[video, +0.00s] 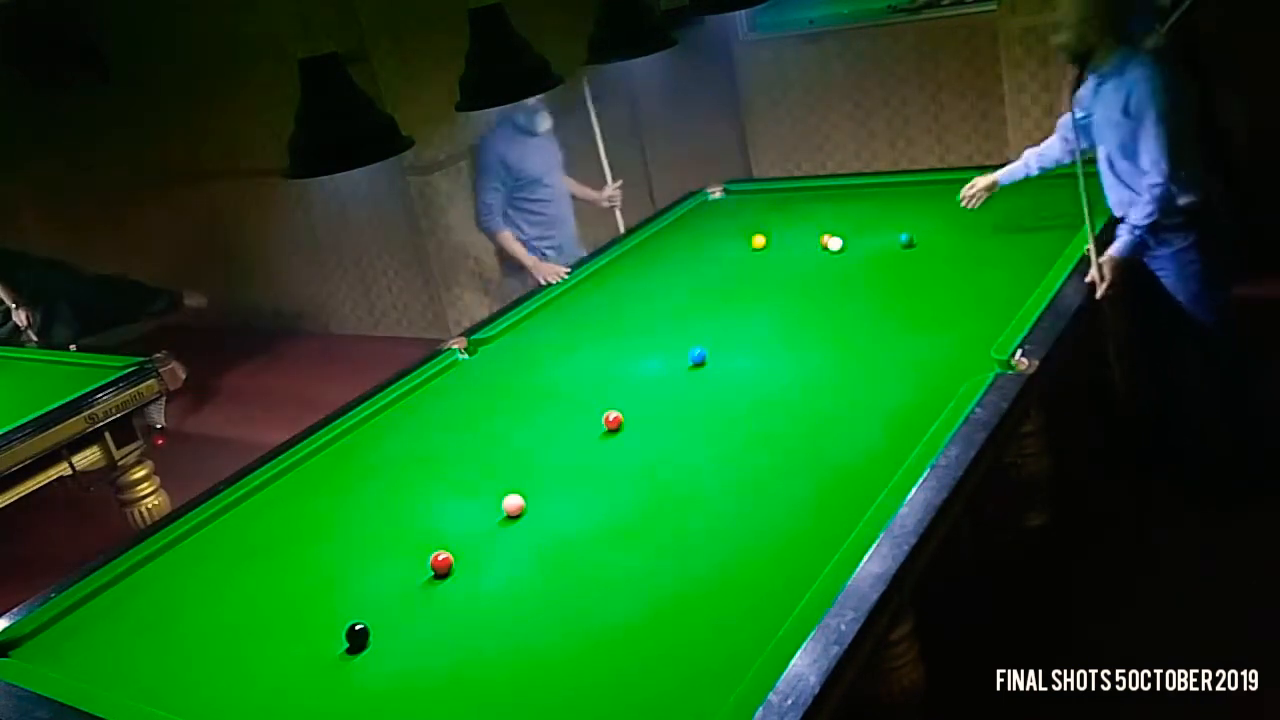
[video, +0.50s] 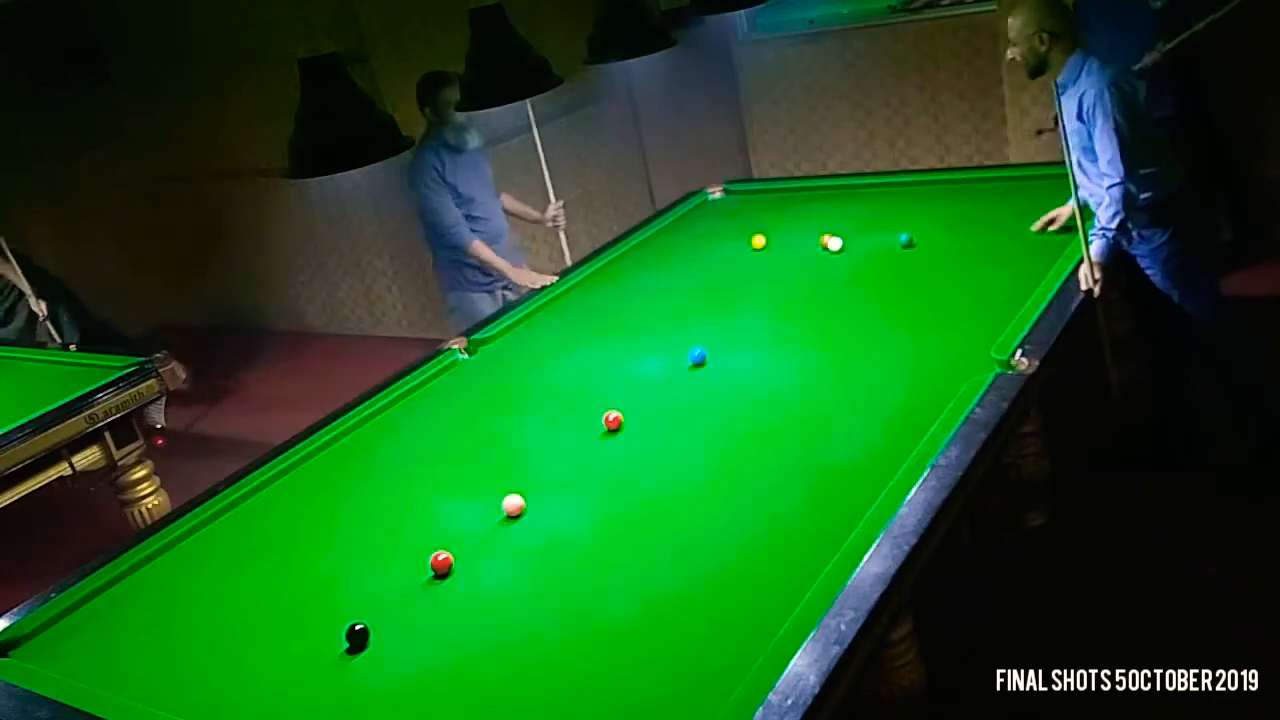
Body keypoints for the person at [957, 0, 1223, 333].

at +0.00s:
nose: (1058, 38)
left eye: (1066, 27)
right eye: (1057, 28)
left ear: (1094, 26)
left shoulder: (1145, 77)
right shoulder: (1093, 88)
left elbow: (1159, 179)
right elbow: (1061, 146)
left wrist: (1118, 251)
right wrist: (996, 179)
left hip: (1175, 234)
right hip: (1135, 233)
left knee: (1207, 351)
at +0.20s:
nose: (1006, 57)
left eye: (1012, 47)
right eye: (1006, 47)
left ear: (1039, 44)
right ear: (1040, 45)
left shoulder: (1100, 83)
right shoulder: (1062, 93)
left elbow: (1124, 176)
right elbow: (1044, 160)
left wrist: (1099, 249)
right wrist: (989, 201)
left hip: (1154, 226)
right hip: (1122, 228)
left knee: (1198, 321)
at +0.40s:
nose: (998, 62)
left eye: (1003, 52)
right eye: (996, 52)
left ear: (1034, 47)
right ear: (1033, 48)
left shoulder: (1087, 90)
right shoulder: (1061, 89)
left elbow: (1112, 179)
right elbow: (1076, 167)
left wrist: (1097, 249)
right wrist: (1042, 211)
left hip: (1157, 235)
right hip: (1129, 234)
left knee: (1200, 337)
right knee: (1161, 344)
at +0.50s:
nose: (1010, 54)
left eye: (1016, 43)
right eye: (1009, 43)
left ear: (1046, 41)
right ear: (1046, 41)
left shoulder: (1096, 87)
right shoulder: (1072, 83)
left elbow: (1115, 182)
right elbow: (1098, 160)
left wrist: (1098, 252)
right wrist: (1075, 204)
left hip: (1155, 233)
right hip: (1129, 231)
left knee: (1198, 332)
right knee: (1160, 340)